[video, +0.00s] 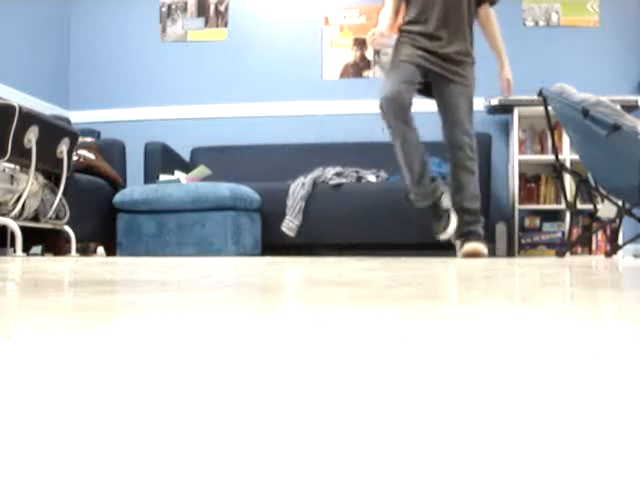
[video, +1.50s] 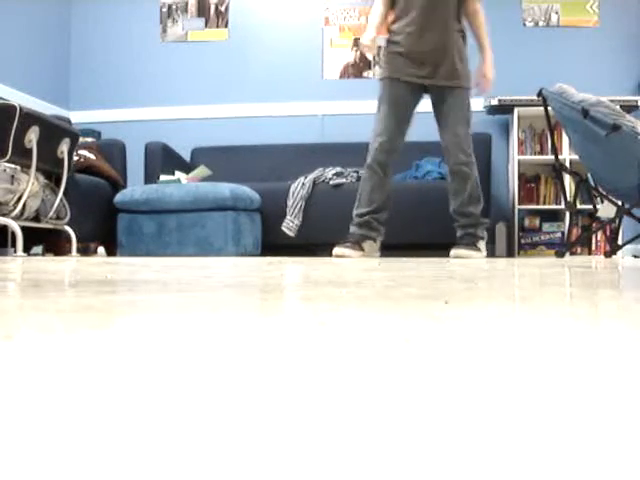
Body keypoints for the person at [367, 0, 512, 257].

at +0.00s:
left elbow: (484, 9)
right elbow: (395, 3)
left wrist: (504, 62)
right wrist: (384, 29)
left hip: (457, 50)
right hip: (412, 43)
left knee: (462, 141)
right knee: (392, 99)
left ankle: (471, 234)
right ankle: (430, 197)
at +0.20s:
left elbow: (480, 7)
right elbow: (392, 4)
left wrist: (494, 54)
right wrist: (381, 29)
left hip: (455, 54)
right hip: (409, 49)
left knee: (460, 144)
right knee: (396, 119)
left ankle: (469, 233)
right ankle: (409, 224)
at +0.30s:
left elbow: (471, 4)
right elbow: (382, 8)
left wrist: (479, 38)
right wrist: (371, 33)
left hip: (447, 56)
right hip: (402, 55)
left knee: (456, 147)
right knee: (390, 143)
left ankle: (468, 235)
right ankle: (373, 232)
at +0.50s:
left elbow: (441, 3)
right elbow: (353, 9)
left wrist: (446, 27)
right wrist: (344, 40)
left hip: (414, 53)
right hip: (368, 54)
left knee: (427, 148)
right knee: (362, 151)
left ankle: (452, 232)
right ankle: (362, 238)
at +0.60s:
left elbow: (432, 3)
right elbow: (344, 7)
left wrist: (437, 25)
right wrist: (334, 37)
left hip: (407, 40)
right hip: (361, 42)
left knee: (405, 136)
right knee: (361, 145)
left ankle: (429, 225)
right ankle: (361, 237)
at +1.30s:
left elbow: (444, 4)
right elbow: (355, 5)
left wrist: (460, 47)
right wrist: (342, 29)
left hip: (424, 55)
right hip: (375, 56)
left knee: (445, 141)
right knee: (368, 148)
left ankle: (470, 231)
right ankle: (362, 238)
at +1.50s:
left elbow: (472, 7)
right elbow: (383, 5)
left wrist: (486, 58)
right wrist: (370, 34)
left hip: (449, 60)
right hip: (401, 58)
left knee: (459, 154)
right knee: (381, 149)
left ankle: (470, 238)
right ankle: (364, 238)